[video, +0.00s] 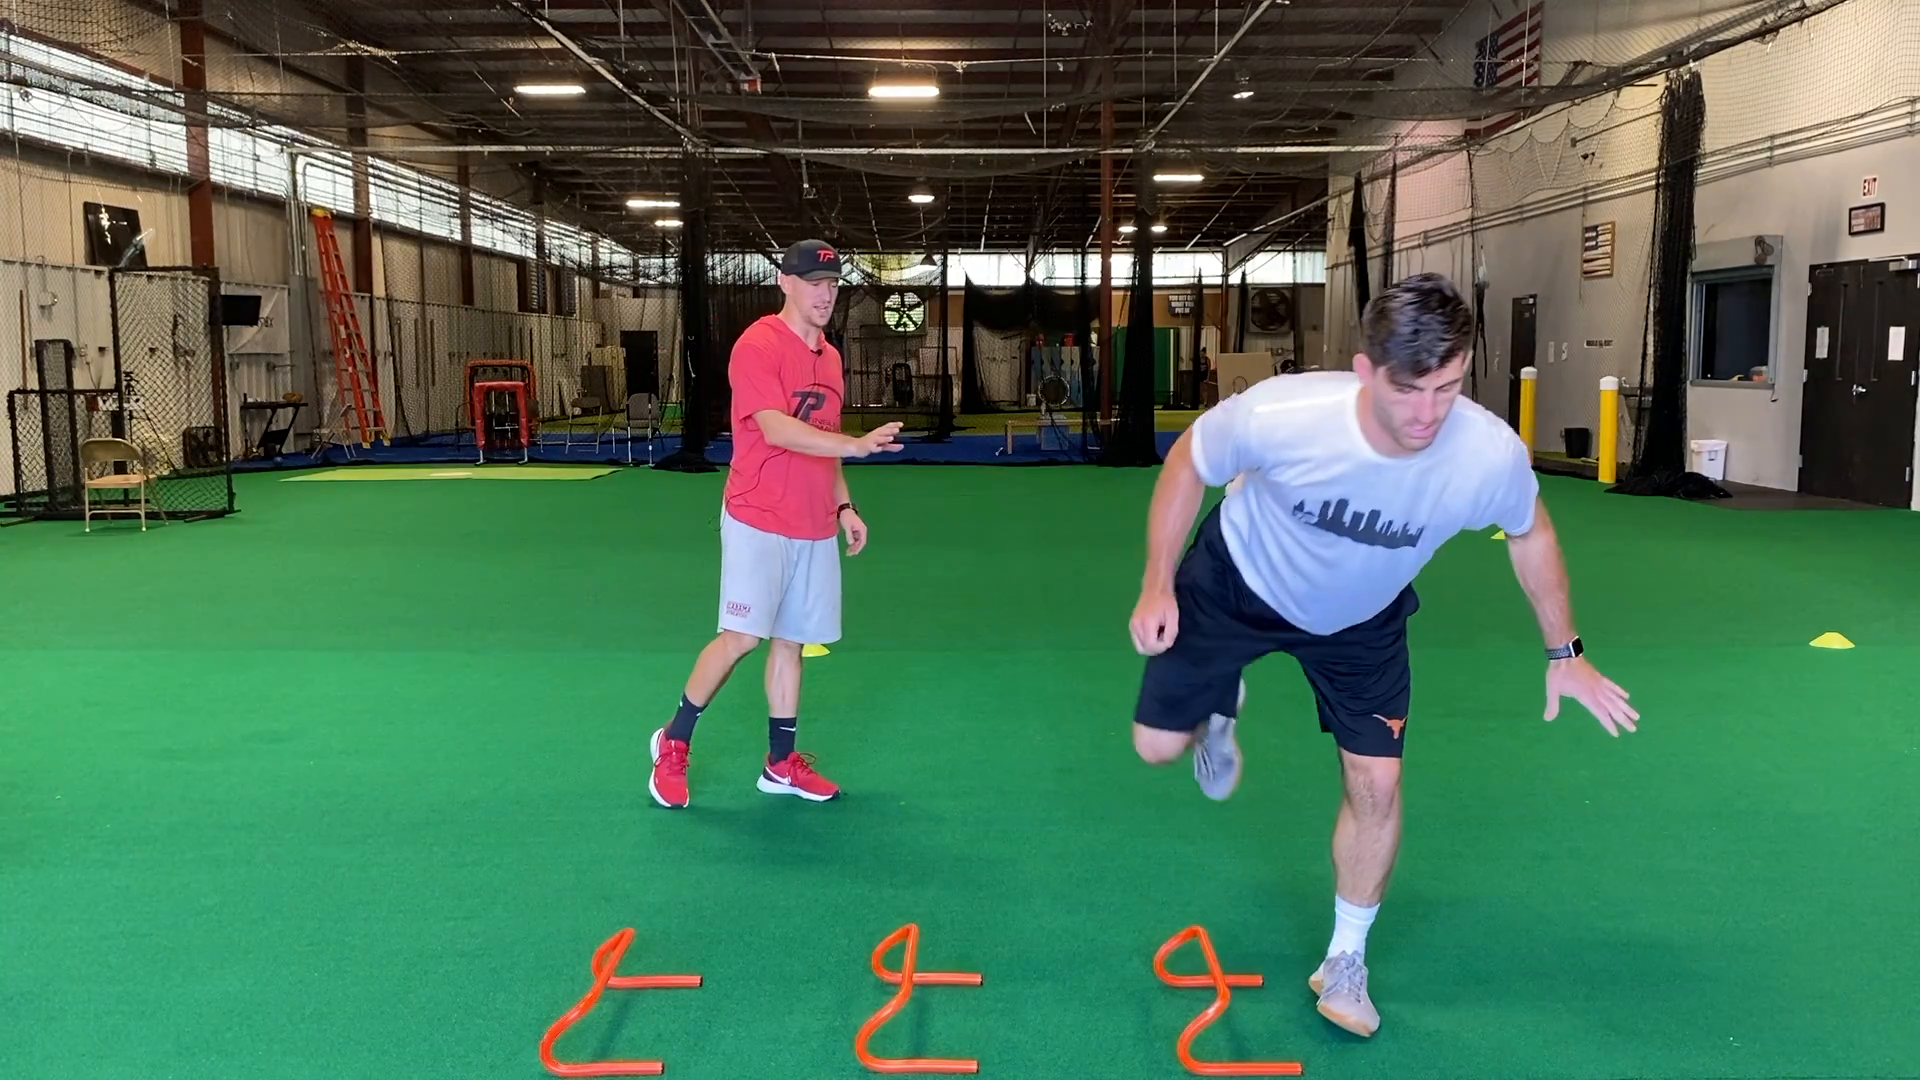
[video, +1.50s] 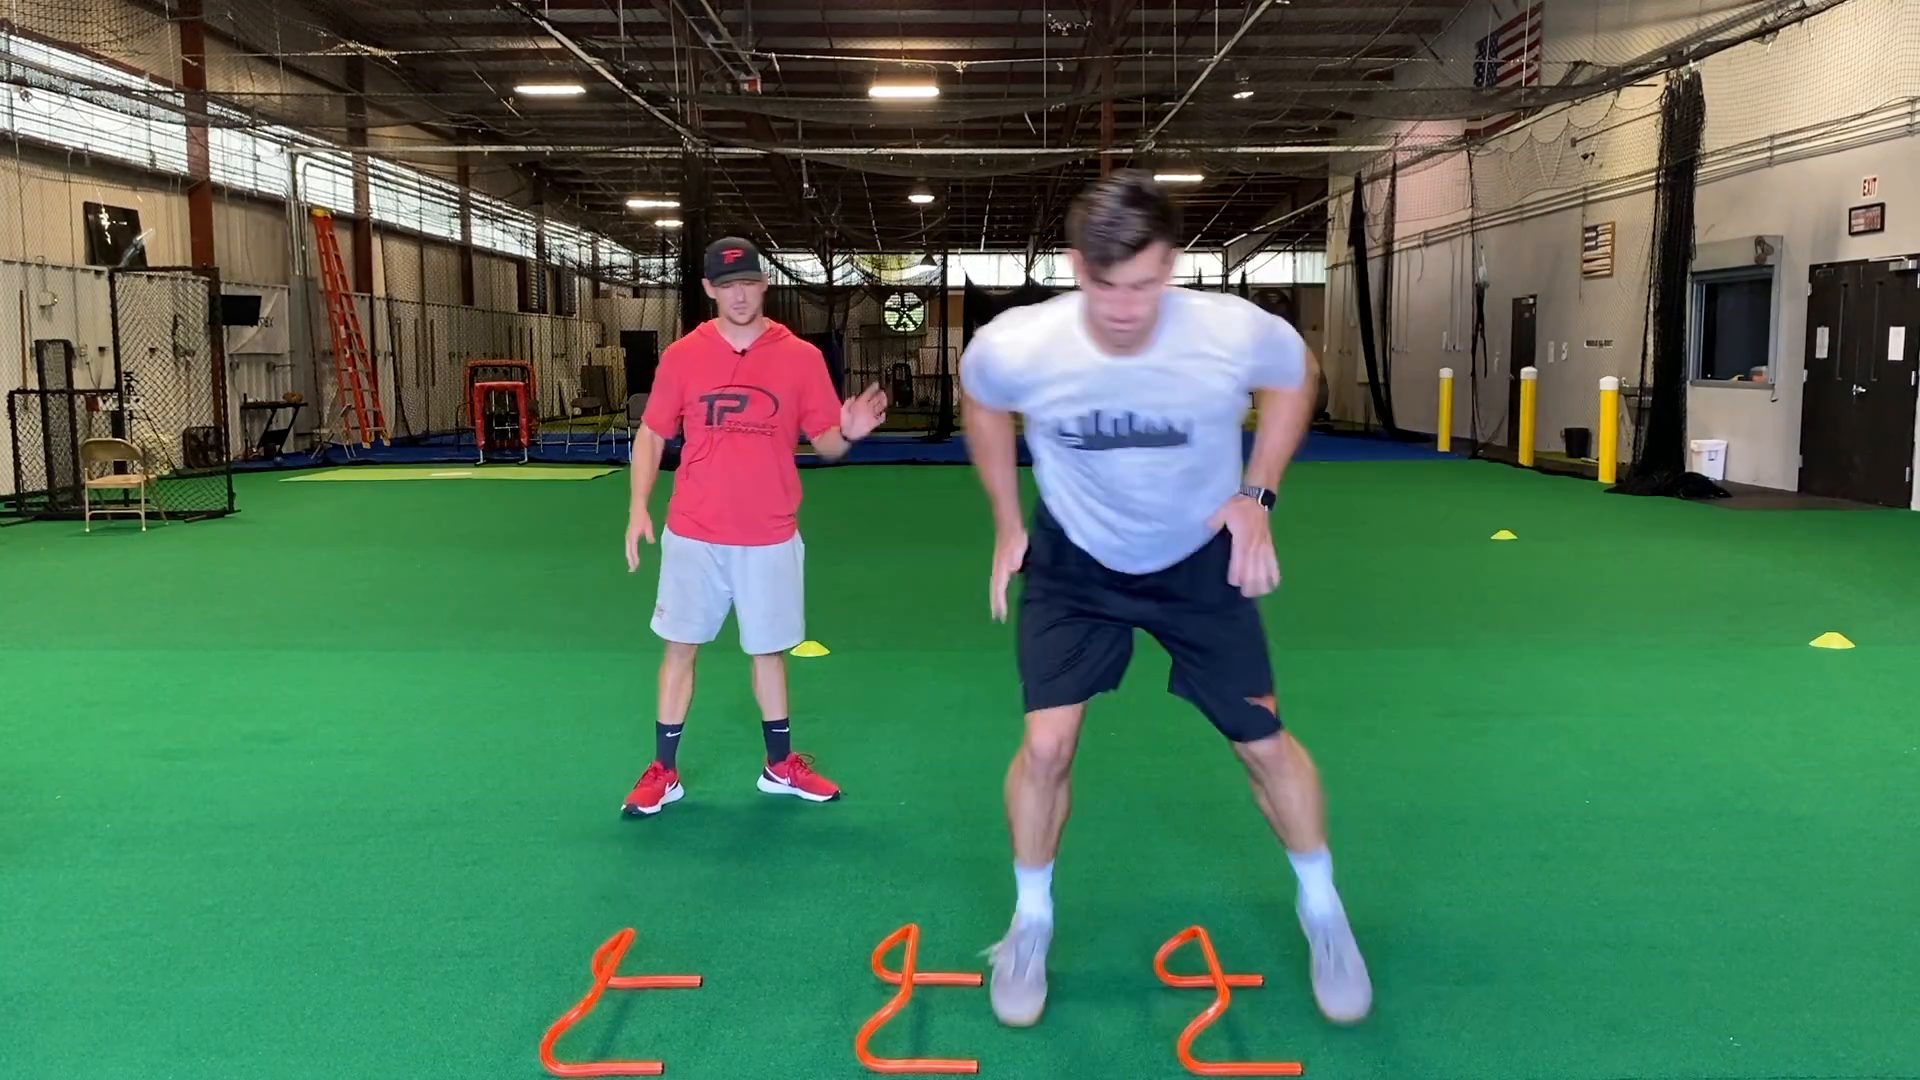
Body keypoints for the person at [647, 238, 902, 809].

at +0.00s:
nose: (827, 294)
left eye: (833, 285)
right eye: (816, 283)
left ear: (837, 290)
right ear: (785, 284)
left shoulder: (830, 357)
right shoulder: (757, 344)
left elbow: (824, 439)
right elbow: (774, 428)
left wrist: (842, 505)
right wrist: (854, 444)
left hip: (811, 523)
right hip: (757, 518)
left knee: (790, 638)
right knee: (743, 633)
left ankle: (782, 761)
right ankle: (674, 739)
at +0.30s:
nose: (825, 293)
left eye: (832, 283)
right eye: (813, 282)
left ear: (837, 289)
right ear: (785, 284)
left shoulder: (832, 357)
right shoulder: (757, 344)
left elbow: (833, 440)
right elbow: (774, 427)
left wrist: (859, 500)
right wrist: (853, 443)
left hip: (814, 523)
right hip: (758, 518)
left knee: (791, 638)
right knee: (743, 633)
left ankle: (782, 761)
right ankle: (674, 739)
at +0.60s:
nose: (825, 293)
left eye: (831, 284)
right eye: (813, 283)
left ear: (836, 289)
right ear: (784, 285)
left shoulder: (833, 357)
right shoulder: (756, 345)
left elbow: (835, 439)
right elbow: (774, 428)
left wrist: (858, 500)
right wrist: (852, 447)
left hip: (814, 524)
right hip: (757, 518)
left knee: (791, 638)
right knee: (742, 633)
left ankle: (782, 761)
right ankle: (674, 740)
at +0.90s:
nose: (820, 293)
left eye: (828, 284)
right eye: (808, 282)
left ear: (835, 288)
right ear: (782, 285)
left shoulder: (836, 361)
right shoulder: (749, 347)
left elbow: (841, 444)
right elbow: (745, 431)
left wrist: (860, 490)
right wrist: (829, 471)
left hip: (809, 522)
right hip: (750, 518)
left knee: (787, 639)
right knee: (734, 633)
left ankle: (782, 761)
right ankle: (678, 744)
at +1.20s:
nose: (798, 295)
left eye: (807, 285)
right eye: (788, 284)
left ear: (819, 291)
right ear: (766, 286)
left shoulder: (834, 364)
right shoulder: (729, 349)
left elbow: (851, 445)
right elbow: (708, 439)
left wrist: (882, 445)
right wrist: (714, 526)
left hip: (799, 536)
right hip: (730, 527)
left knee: (782, 645)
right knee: (704, 638)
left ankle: (780, 762)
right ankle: (673, 759)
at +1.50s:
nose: (740, 295)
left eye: (749, 284)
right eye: (728, 286)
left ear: (765, 284)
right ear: (710, 290)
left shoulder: (800, 357)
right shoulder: (682, 357)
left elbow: (826, 446)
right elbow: (652, 434)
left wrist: (848, 428)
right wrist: (639, 506)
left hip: (770, 534)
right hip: (695, 531)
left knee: (770, 647)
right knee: (681, 644)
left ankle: (781, 761)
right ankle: (664, 768)